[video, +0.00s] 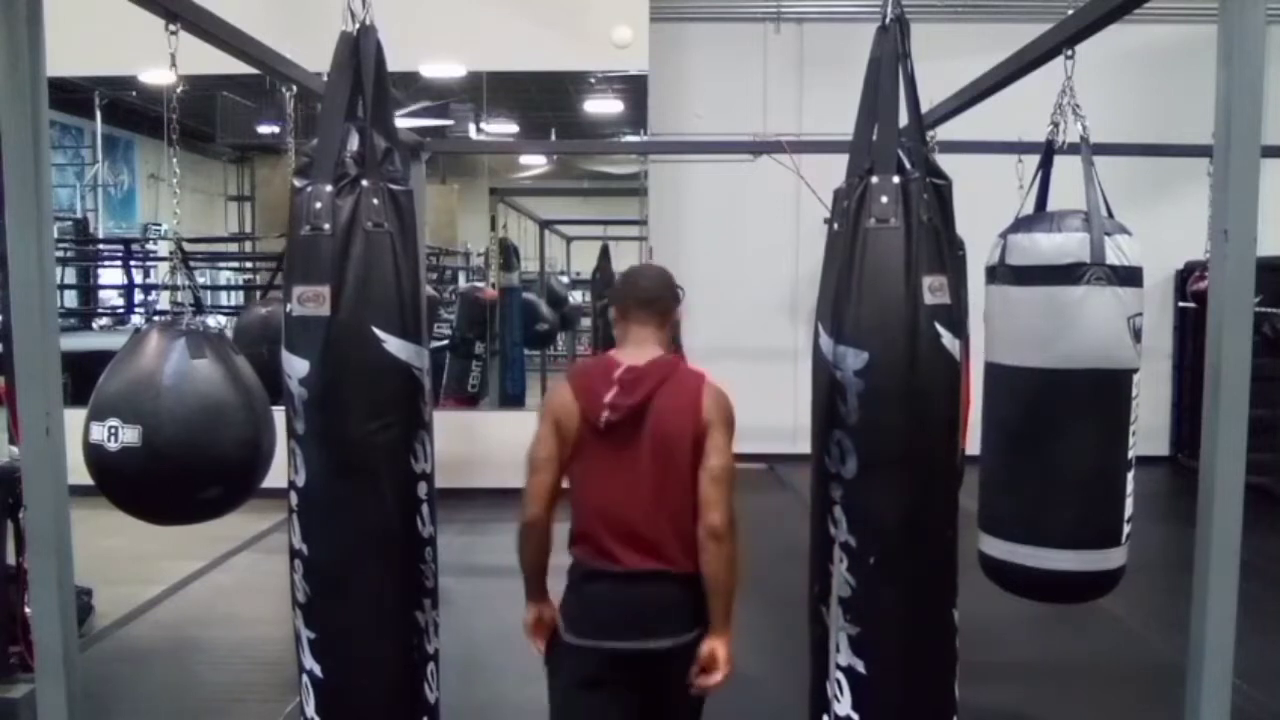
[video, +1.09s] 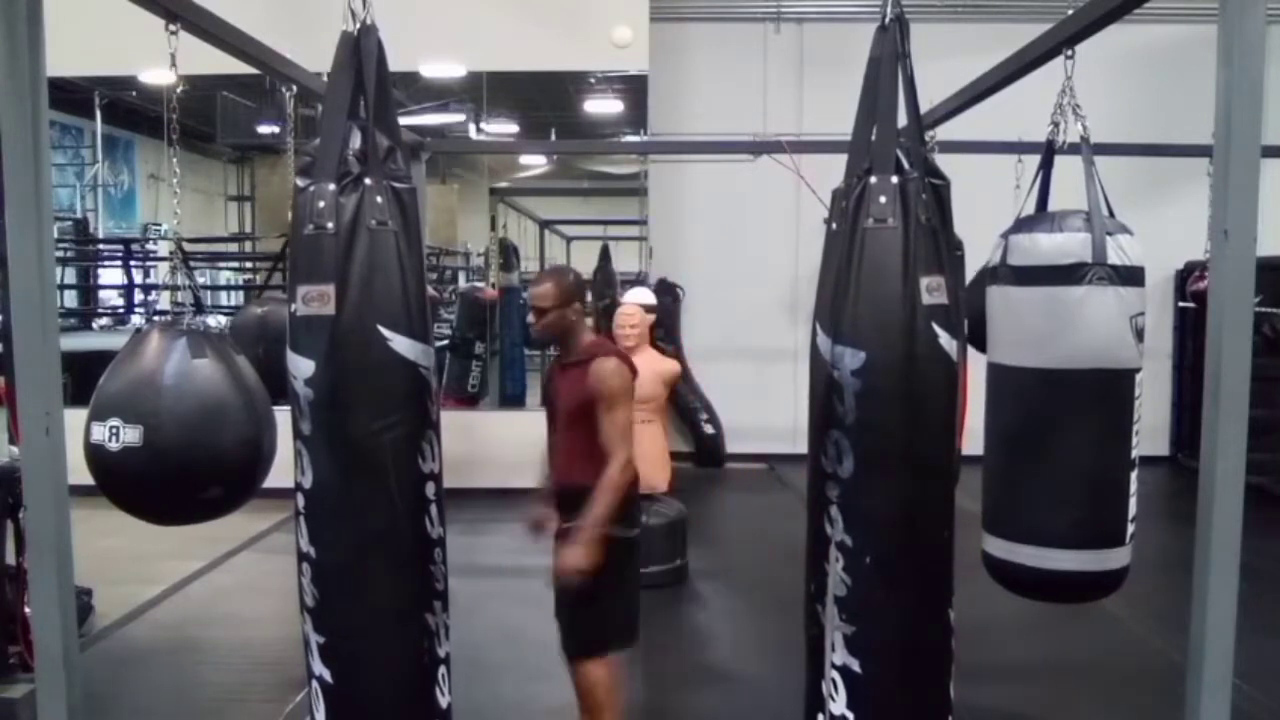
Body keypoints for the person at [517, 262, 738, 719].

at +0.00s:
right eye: (678, 309)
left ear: (614, 316)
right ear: (675, 315)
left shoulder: (569, 393)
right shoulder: (707, 399)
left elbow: (535, 513)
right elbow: (714, 525)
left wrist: (536, 597)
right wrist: (719, 629)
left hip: (591, 617)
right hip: (676, 619)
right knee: (669, 711)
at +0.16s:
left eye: (620, 311)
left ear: (621, 314)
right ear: (679, 312)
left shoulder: (578, 384)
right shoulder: (713, 388)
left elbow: (550, 496)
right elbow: (728, 504)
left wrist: (540, 574)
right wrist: (738, 591)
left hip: (602, 598)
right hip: (685, 600)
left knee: (598, 713)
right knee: (685, 712)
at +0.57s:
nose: (643, 315)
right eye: (639, 308)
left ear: (583, 314)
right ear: (630, 309)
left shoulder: (558, 384)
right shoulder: (677, 375)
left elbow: (549, 486)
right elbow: (711, 463)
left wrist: (543, 559)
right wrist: (725, 520)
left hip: (590, 561)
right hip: (664, 557)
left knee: (593, 684)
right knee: (678, 693)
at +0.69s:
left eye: (559, 307)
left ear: (567, 310)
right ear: (615, 304)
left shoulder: (555, 379)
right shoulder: (664, 368)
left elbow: (543, 482)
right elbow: (687, 456)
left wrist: (523, 543)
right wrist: (689, 515)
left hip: (583, 545)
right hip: (645, 538)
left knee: (588, 680)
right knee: (649, 650)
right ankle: (658, 713)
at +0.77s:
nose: (555, 315)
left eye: (556, 307)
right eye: (557, 307)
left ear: (566, 308)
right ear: (612, 305)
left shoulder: (558, 377)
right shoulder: (659, 366)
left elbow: (548, 477)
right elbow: (681, 451)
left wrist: (520, 537)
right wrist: (671, 503)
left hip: (585, 536)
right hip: (642, 527)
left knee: (586, 675)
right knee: (635, 645)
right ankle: (646, 714)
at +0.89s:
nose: (536, 316)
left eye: (541, 306)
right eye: (536, 307)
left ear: (568, 306)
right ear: (584, 305)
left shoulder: (579, 373)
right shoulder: (615, 356)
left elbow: (572, 470)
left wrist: (523, 531)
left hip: (596, 520)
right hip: (625, 512)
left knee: (583, 659)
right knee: (594, 651)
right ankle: (605, 710)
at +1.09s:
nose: (533, 322)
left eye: (543, 312)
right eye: (531, 312)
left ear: (575, 308)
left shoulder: (607, 368)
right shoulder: (560, 366)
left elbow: (621, 461)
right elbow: (563, 441)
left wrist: (585, 537)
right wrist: (549, 498)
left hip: (605, 504)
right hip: (573, 502)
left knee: (590, 649)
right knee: (580, 645)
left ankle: (604, 715)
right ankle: (598, 713)